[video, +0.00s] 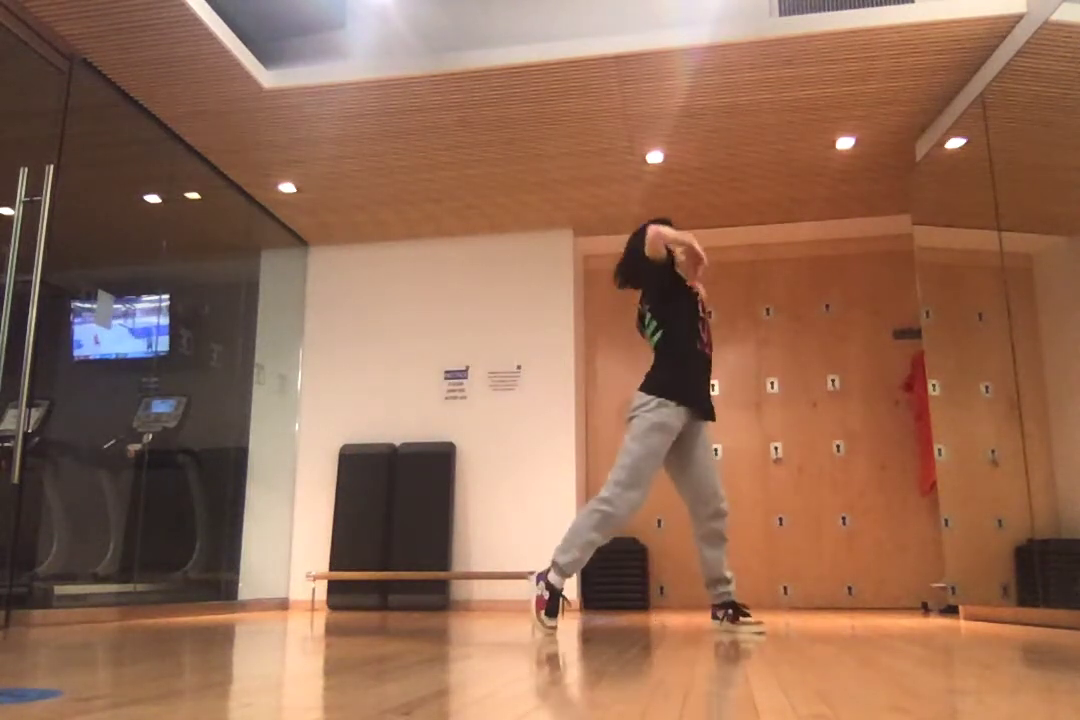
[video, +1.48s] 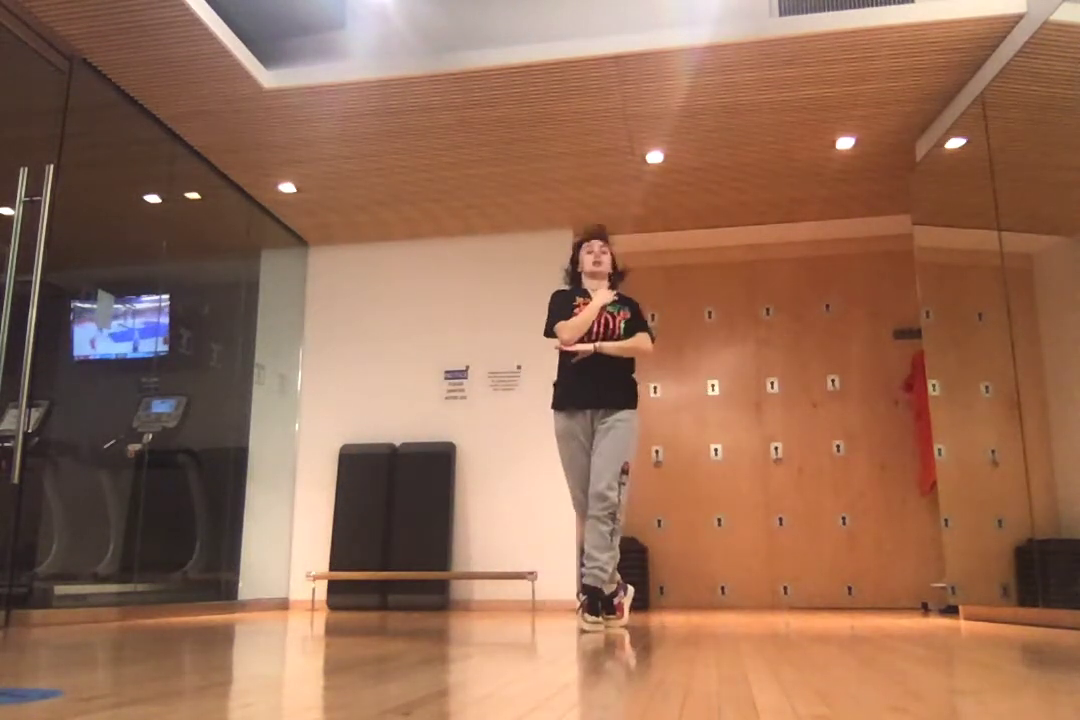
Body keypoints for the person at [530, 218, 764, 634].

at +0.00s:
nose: (682, 242)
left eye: (677, 235)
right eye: (666, 235)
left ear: (663, 251)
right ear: (650, 248)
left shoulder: (681, 293)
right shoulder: (656, 285)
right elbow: (655, 234)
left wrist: (694, 283)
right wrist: (689, 246)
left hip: (690, 414)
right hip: (660, 405)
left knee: (711, 509)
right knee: (620, 499)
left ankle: (723, 603)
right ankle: (552, 578)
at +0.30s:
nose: (642, 256)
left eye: (640, 250)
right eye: (634, 250)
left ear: (629, 262)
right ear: (617, 259)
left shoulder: (652, 298)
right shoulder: (619, 295)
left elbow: (682, 288)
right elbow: (655, 246)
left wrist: (675, 248)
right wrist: (656, 216)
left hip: (693, 406)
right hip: (661, 404)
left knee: (712, 505)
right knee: (626, 499)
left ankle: (721, 600)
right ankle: (553, 577)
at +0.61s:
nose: (627, 298)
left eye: (634, 290)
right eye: (619, 289)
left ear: (640, 289)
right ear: (600, 288)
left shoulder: (643, 317)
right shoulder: (582, 315)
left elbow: (677, 325)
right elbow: (562, 306)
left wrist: (693, 320)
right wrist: (614, 283)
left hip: (624, 434)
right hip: (575, 428)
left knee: (655, 497)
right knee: (551, 502)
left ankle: (603, 585)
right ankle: (522, 590)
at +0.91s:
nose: (608, 254)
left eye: (614, 248)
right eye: (601, 248)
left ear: (624, 255)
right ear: (590, 256)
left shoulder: (642, 303)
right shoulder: (574, 302)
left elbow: (670, 347)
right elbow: (555, 351)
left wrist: (716, 378)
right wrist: (543, 358)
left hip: (616, 420)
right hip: (569, 418)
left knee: (604, 503)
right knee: (565, 502)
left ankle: (576, 595)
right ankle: (566, 580)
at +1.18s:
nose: (597, 251)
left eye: (604, 246)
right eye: (590, 246)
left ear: (614, 258)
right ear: (579, 259)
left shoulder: (633, 301)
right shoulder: (568, 298)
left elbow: (648, 346)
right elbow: (570, 334)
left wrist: (596, 348)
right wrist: (599, 297)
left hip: (621, 406)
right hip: (575, 407)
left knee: (606, 497)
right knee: (592, 499)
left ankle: (595, 590)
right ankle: (619, 584)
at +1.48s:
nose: (598, 254)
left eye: (603, 250)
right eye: (590, 250)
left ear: (612, 260)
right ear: (577, 261)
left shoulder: (627, 304)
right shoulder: (565, 298)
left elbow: (645, 345)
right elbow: (565, 336)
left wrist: (595, 347)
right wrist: (599, 300)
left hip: (618, 410)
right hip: (571, 410)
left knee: (605, 498)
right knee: (584, 503)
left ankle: (593, 590)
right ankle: (613, 586)